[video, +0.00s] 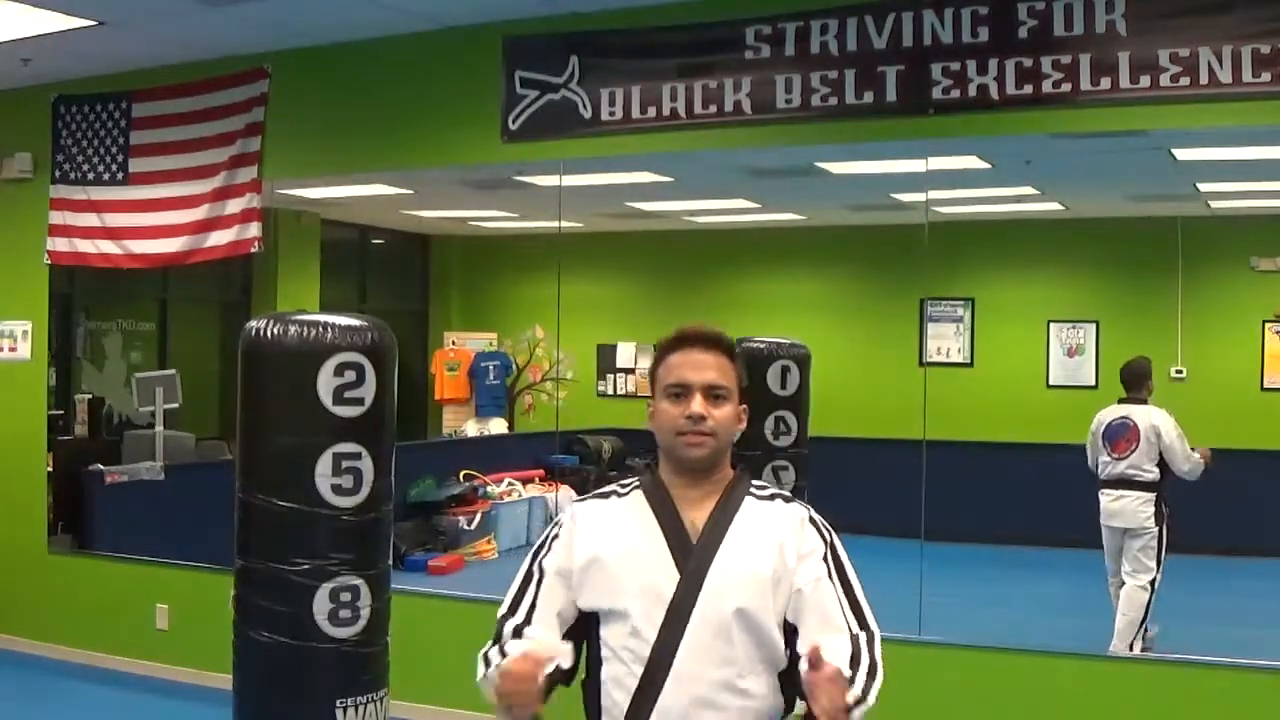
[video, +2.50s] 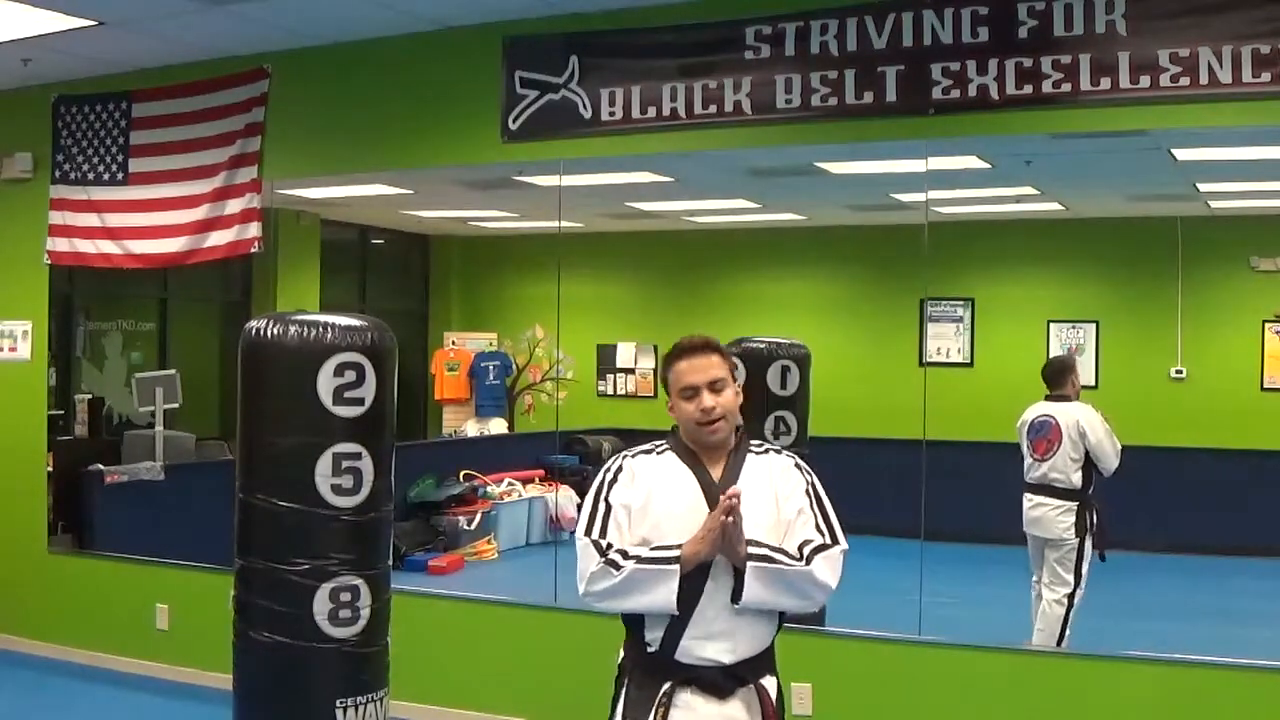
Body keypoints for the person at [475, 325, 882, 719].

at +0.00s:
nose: (696, 410)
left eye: (715, 396)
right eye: (678, 395)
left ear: (740, 417)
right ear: (651, 412)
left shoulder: (793, 528)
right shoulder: (586, 524)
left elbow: (848, 643)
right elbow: (514, 641)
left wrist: (833, 694)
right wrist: (513, 680)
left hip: (749, 711)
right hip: (626, 712)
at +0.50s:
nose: (699, 394)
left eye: (715, 381)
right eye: (681, 381)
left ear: (739, 403)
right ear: (659, 402)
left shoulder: (787, 503)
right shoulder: (595, 494)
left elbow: (826, 626)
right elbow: (548, 612)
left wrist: (730, 603)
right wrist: (642, 597)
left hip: (741, 709)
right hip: (624, 708)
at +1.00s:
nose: (600, 406)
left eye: (614, 389)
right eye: (584, 395)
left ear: (645, 394)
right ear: (570, 406)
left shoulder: (706, 474)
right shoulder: (545, 499)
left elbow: (750, 588)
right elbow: (517, 619)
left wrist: (647, 574)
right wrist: (595, 581)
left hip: (690, 702)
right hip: (590, 704)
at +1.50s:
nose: (640, 392)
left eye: (655, 379)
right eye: (625, 381)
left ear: (679, 394)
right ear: (609, 396)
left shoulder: (730, 474)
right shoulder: (569, 485)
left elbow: (764, 581)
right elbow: (535, 592)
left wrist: (669, 573)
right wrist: (611, 572)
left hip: (702, 698)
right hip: (604, 697)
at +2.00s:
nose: (736, 400)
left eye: (745, 387)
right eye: (719, 386)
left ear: (753, 392)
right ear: (682, 394)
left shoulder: (784, 476)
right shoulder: (628, 471)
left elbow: (814, 582)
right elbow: (594, 576)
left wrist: (739, 563)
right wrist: (685, 560)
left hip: (744, 692)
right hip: (649, 691)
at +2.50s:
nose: (707, 404)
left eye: (717, 388)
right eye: (690, 394)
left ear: (738, 392)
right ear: (671, 407)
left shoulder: (787, 474)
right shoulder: (627, 473)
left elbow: (819, 581)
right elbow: (596, 577)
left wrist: (745, 556)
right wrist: (686, 555)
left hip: (750, 694)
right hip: (655, 692)